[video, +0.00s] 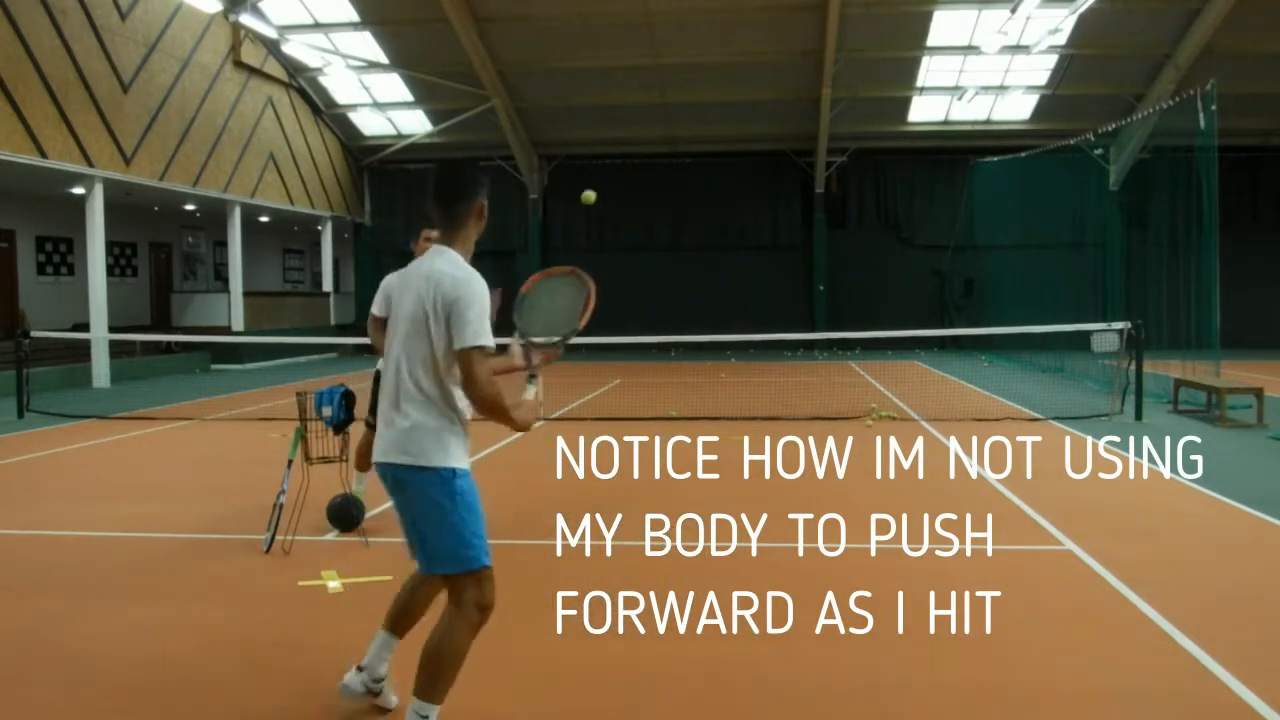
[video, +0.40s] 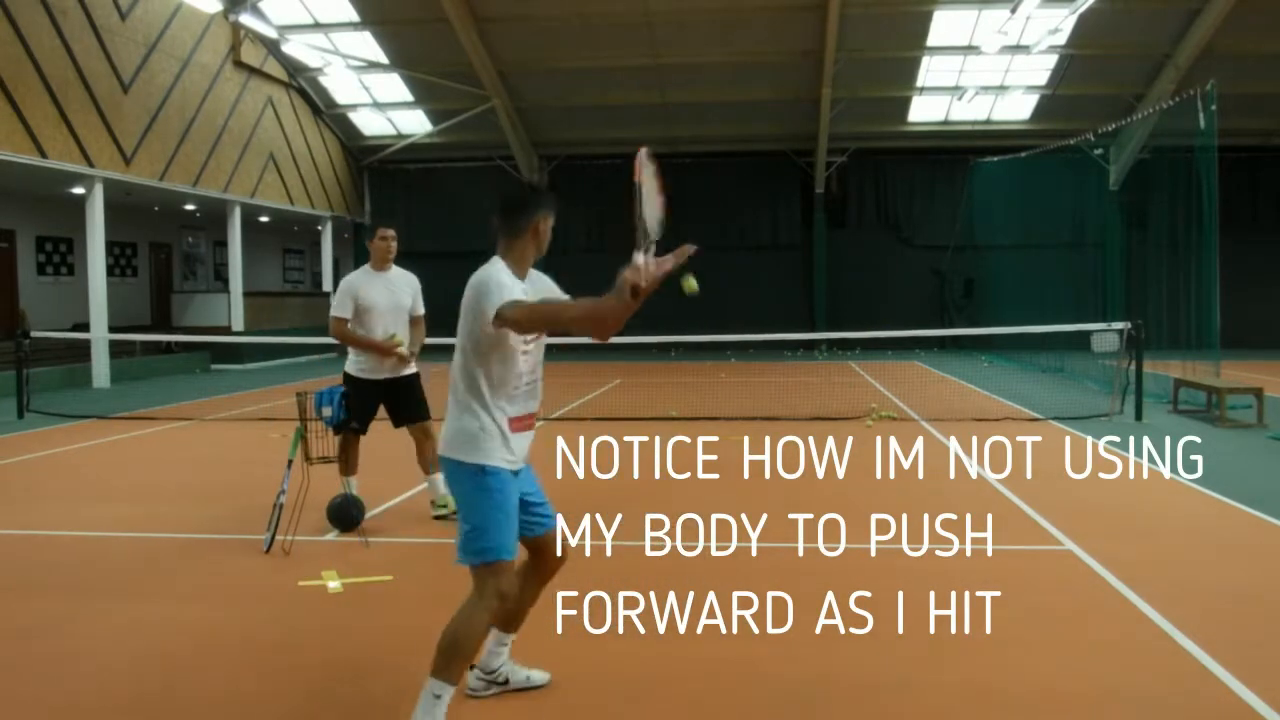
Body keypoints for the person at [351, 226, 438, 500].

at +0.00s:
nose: (432, 247)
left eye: (438, 242)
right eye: (427, 240)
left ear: (444, 248)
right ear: (414, 246)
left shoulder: (445, 284)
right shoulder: (394, 280)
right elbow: (375, 328)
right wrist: (396, 354)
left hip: (430, 372)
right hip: (391, 370)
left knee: (446, 428)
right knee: (374, 430)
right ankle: (357, 488)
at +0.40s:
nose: (390, 245)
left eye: (393, 240)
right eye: (384, 239)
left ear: (397, 246)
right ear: (370, 244)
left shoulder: (410, 281)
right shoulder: (352, 282)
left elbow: (418, 323)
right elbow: (337, 330)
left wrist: (414, 349)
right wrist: (379, 347)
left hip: (402, 374)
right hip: (362, 375)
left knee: (424, 431)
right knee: (350, 435)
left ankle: (440, 497)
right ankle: (350, 498)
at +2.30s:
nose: (415, 252)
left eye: (415, 247)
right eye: (410, 247)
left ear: (408, 251)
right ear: (391, 249)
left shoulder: (415, 284)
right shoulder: (362, 284)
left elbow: (426, 324)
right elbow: (338, 327)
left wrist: (457, 343)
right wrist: (368, 356)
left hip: (407, 375)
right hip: (367, 378)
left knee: (428, 429)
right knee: (358, 440)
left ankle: (452, 495)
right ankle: (351, 502)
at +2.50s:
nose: (439, 264)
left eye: (442, 258)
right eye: (432, 258)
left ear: (446, 262)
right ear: (418, 260)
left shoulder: (448, 294)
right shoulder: (390, 292)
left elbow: (451, 342)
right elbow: (365, 329)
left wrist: (469, 379)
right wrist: (385, 362)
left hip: (429, 379)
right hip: (386, 381)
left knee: (450, 436)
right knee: (372, 441)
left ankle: (456, 499)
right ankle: (352, 497)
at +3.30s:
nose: (410, 254)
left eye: (413, 249)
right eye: (404, 249)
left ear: (417, 255)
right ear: (388, 255)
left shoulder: (430, 291)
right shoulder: (369, 294)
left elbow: (448, 330)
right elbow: (349, 338)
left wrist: (449, 341)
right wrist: (372, 364)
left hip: (422, 381)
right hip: (380, 384)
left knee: (443, 435)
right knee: (363, 444)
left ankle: (459, 500)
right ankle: (341, 492)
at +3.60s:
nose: (381, 248)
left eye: (384, 243)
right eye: (374, 243)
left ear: (388, 248)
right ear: (361, 247)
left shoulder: (397, 283)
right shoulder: (342, 285)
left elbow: (402, 321)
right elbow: (319, 329)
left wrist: (412, 342)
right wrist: (348, 357)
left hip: (392, 376)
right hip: (353, 380)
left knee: (416, 430)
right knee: (345, 442)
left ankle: (421, 496)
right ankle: (337, 498)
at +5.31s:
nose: (396, 252)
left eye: (396, 247)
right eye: (394, 247)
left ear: (381, 248)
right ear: (381, 248)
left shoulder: (390, 281)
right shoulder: (346, 284)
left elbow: (402, 319)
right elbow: (326, 331)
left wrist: (443, 328)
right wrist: (362, 358)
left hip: (395, 374)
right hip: (358, 380)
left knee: (423, 425)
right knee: (349, 440)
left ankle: (428, 492)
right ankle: (337, 496)